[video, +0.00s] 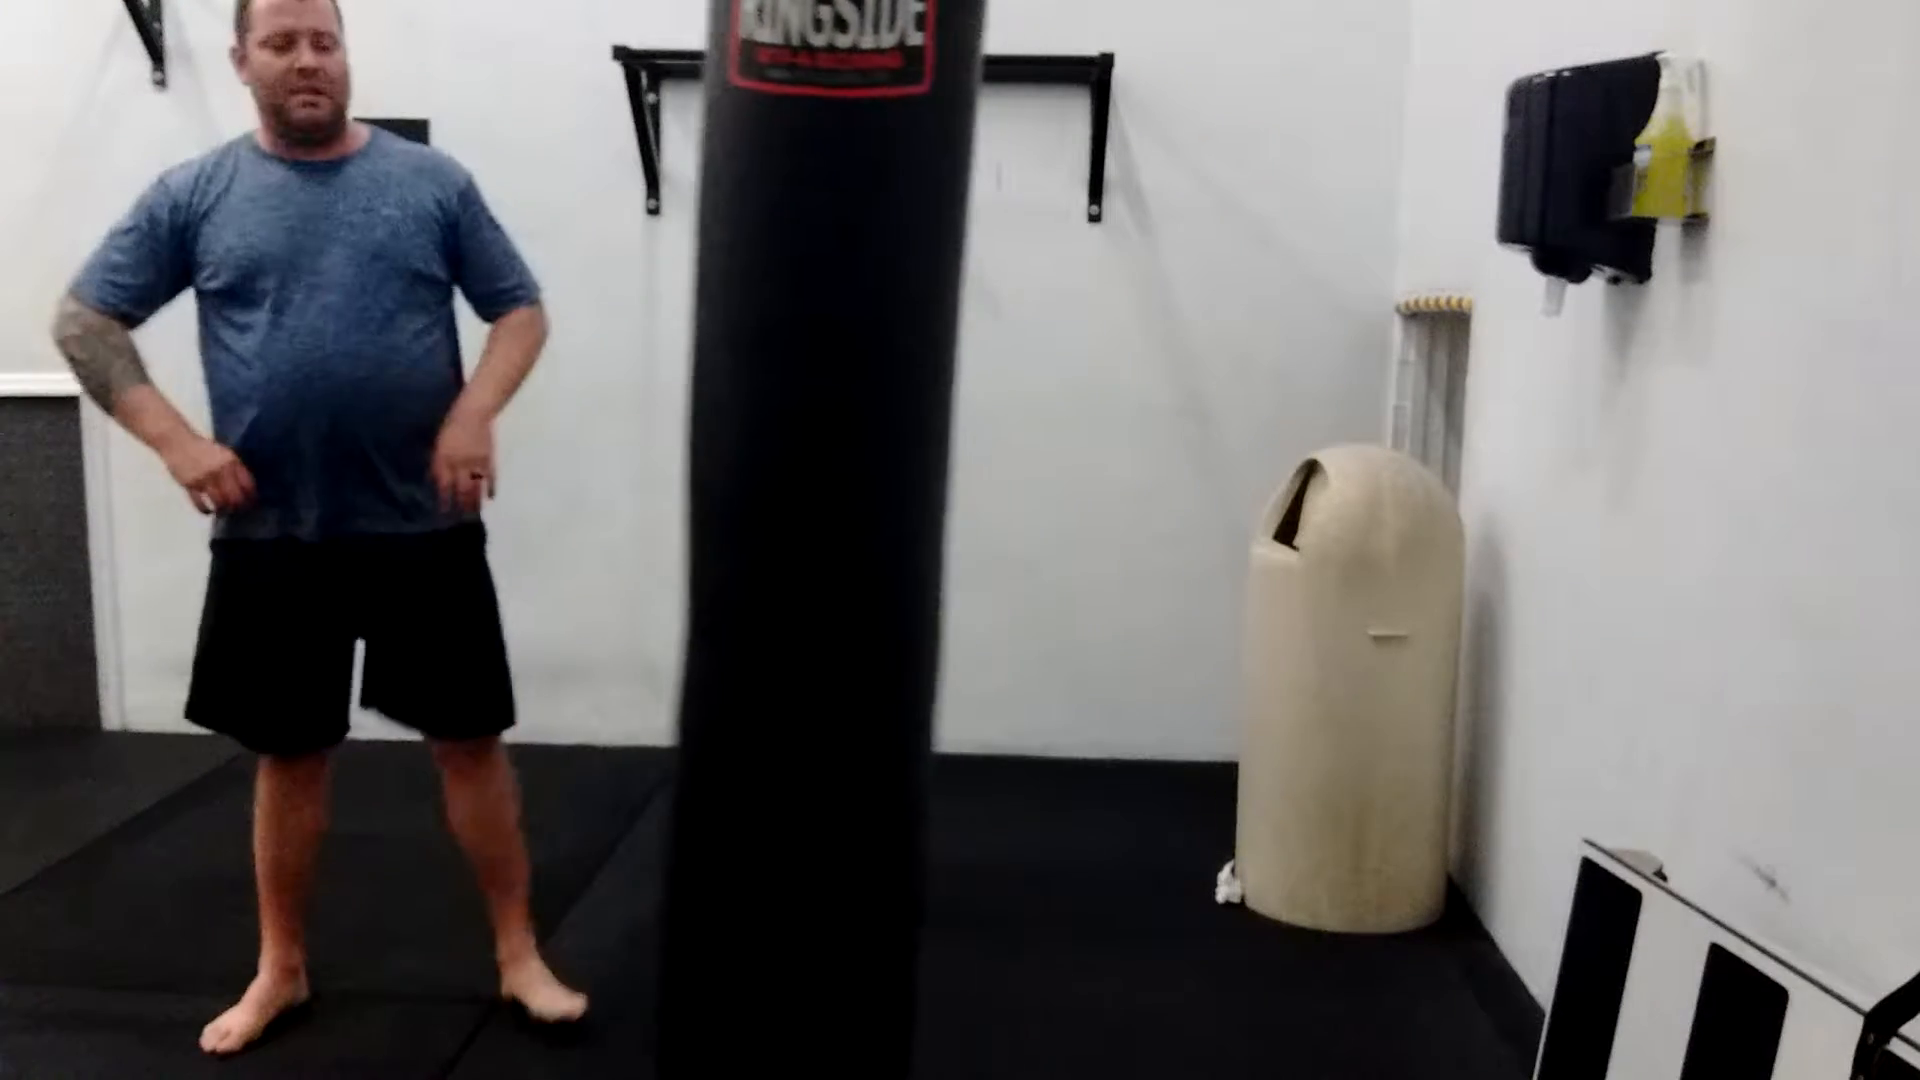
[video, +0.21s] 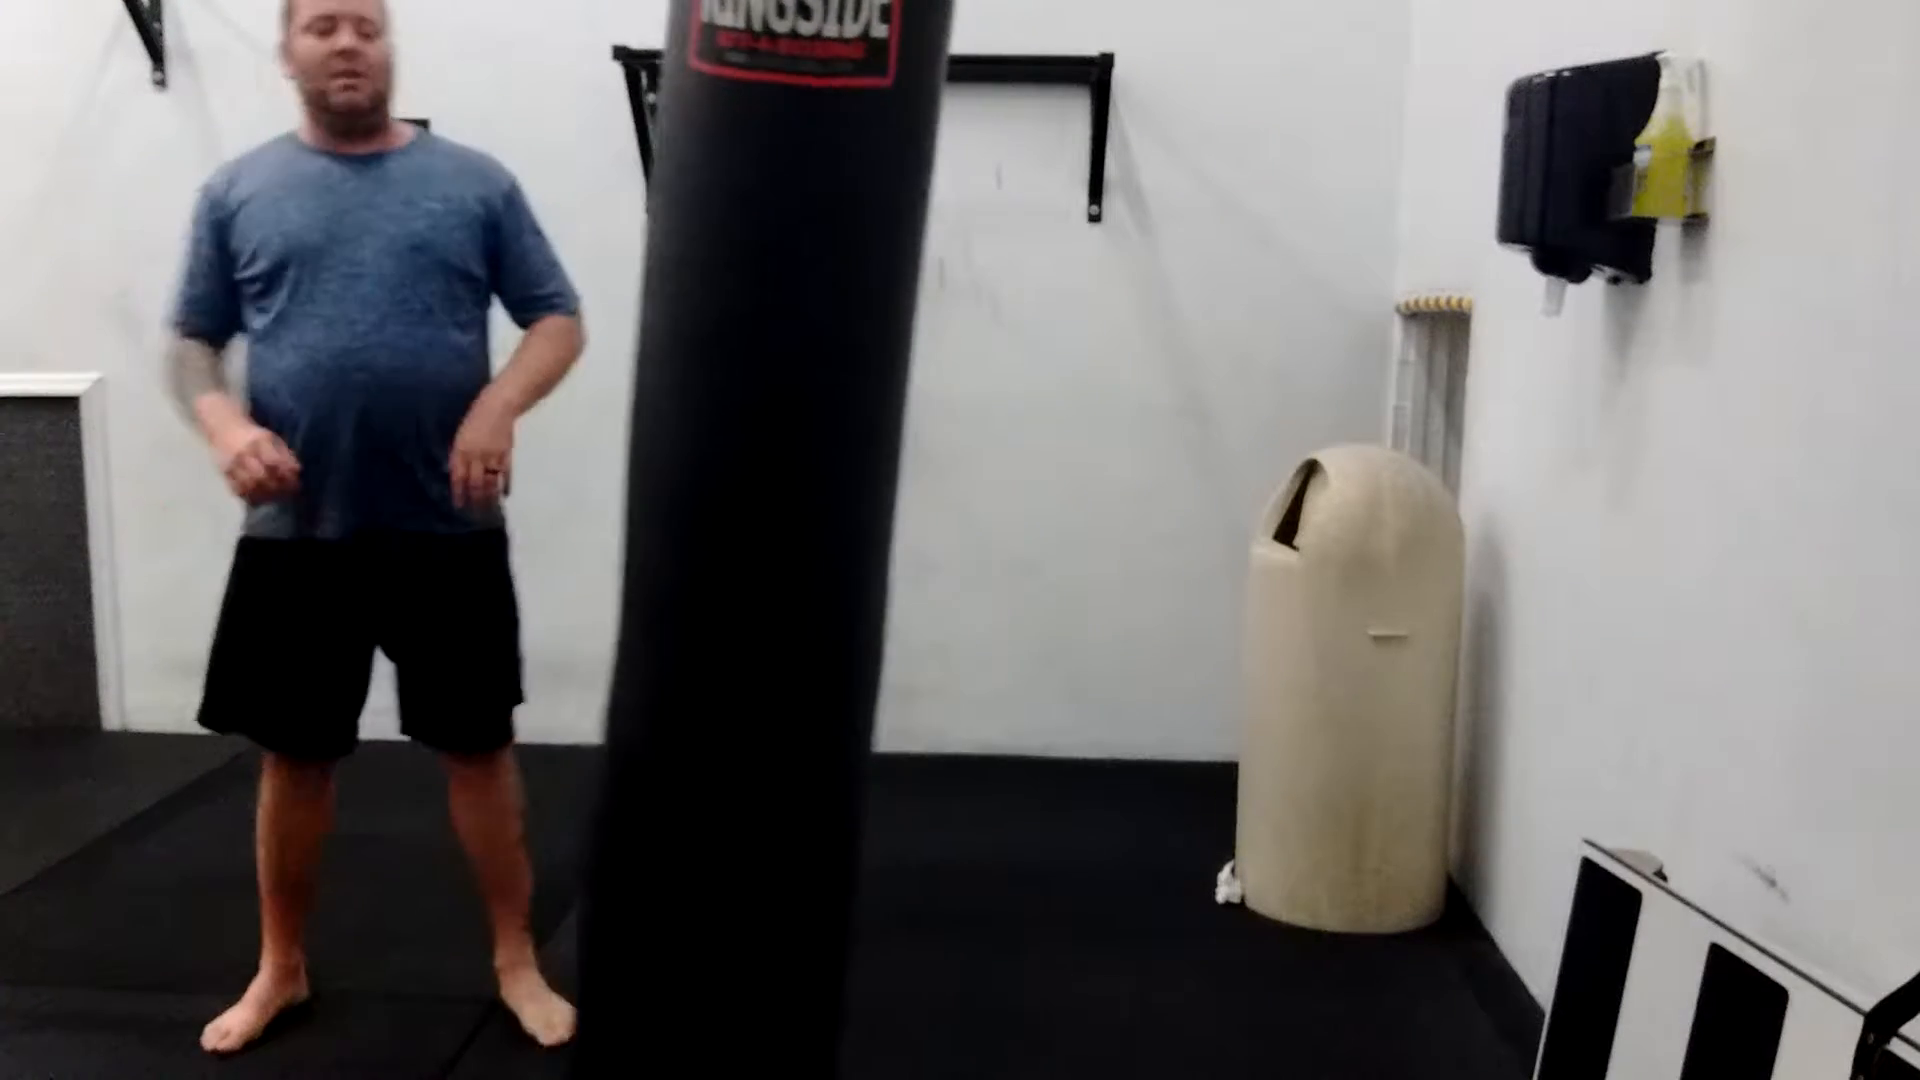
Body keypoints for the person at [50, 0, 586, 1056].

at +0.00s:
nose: (308, 60)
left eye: (324, 41)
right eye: (283, 43)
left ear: (348, 54)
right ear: (242, 62)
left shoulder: (429, 181)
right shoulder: (199, 193)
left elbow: (523, 312)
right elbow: (83, 319)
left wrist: (475, 409)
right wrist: (181, 443)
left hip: (423, 520)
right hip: (275, 529)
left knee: (471, 740)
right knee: (288, 755)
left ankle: (519, 954)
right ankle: (280, 969)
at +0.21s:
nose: (349, 46)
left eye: (367, 28)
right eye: (324, 28)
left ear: (394, 46)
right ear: (286, 52)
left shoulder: (472, 183)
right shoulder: (236, 193)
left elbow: (559, 321)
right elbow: (192, 348)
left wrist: (498, 405)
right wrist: (225, 425)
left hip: (447, 524)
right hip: (300, 528)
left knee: (481, 749)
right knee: (292, 757)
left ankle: (518, 965)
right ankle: (278, 969)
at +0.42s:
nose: (399, 30)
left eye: (421, 20)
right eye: (377, 15)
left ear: (447, 56)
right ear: (342, 47)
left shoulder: (515, 185)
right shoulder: (278, 176)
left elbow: (597, 332)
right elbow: (204, 330)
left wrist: (520, 401)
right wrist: (270, 453)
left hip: (471, 534)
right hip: (316, 529)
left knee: (494, 753)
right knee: (249, 749)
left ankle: (519, 956)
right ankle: (268, 958)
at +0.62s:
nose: (399, 28)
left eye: (423, 22)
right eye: (378, 15)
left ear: (447, 67)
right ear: (343, 51)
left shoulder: (507, 190)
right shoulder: (265, 175)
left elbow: (603, 332)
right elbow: (195, 326)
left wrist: (527, 404)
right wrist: (233, 461)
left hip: (457, 529)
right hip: (305, 525)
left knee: (487, 758)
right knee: (274, 773)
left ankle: (518, 960)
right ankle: (257, 984)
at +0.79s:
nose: (373, 30)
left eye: (395, 21)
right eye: (350, 15)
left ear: (418, 60)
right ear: (311, 47)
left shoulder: (477, 193)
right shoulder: (236, 177)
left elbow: (551, 350)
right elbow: (156, 328)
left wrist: (470, 417)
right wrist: (196, 454)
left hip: (433, 537)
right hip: (281, 533)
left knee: (475, 761)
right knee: (264, 770)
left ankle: (515, 966)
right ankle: (256, 987)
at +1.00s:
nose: (341, 36)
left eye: (358, 26)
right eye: (316, 19)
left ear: (374, 58)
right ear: (267, 47)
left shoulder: (436, 199)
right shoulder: (193, 186)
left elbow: (502, 356)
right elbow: (108, 341)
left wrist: (424, 425)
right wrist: (179, 459)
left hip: (400, 547)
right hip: (245, 551)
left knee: (468, 764)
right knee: (247, 778)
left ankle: (509, 963)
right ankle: (255, 985)